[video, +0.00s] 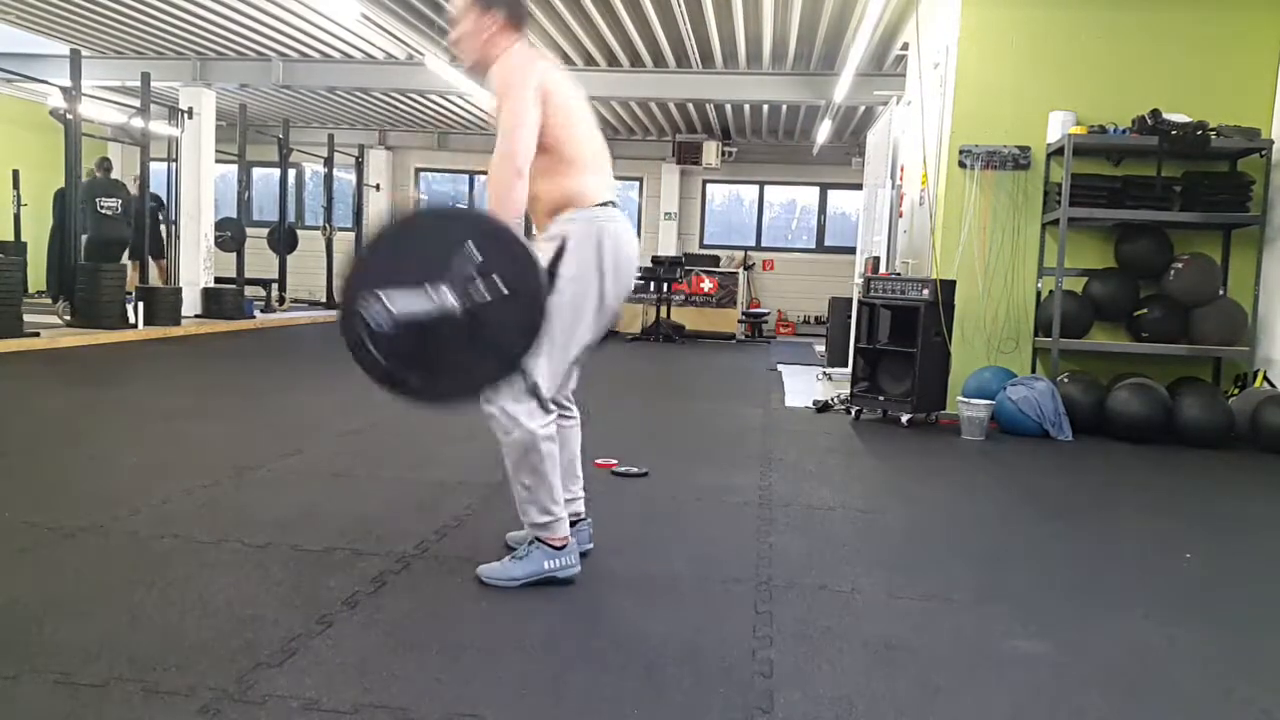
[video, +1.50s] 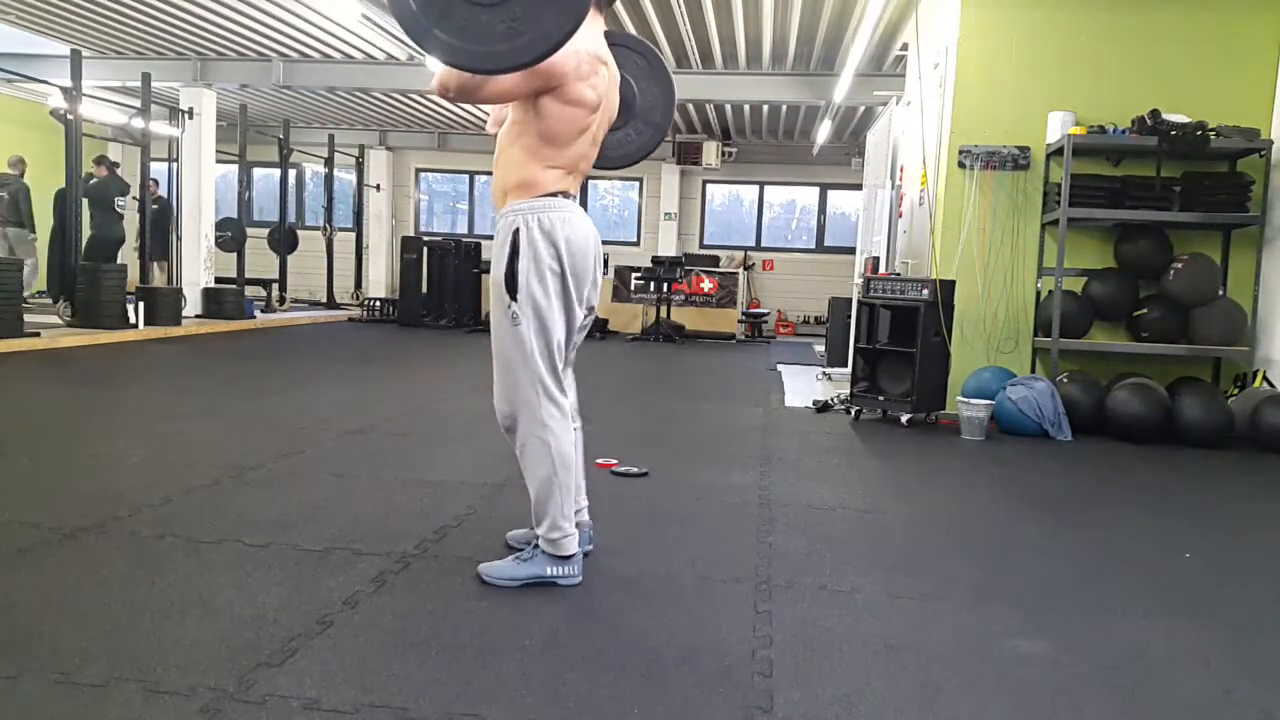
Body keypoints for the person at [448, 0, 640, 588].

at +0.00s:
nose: (450, 38)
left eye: (456, 23)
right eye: (450, 26)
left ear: (493, 22)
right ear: (500, 25)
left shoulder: (520, 67)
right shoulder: (539, 70)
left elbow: (512, 165)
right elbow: (532, 175)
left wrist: (491, 263)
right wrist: (511, 264)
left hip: (581, 236)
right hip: (597, 234)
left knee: (513, 391)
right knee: (553, 392)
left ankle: (552, 544)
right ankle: (568, 523)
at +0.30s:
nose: (510, 7)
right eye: (512, 1)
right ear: (564, 2)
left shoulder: (567, 41)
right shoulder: (599, 64)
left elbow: (575, 120)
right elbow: (610, 163)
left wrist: (498, 89)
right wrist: (545, 145)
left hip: (539, 233)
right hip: (572, 229)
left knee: (528, 395)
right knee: (562, 386)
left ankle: (556, 548)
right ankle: (573, 523)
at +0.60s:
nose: (528, 9)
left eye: (534, 2)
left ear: (551, 3)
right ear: (583, 11)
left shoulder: (543, 56)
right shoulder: (586, 70)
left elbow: (446, 113)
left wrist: (457, 31)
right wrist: (474, 40)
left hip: (521, 231)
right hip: (558, 227)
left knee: (525, 396)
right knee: (556, 385)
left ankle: (556, 549)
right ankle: (573, 523)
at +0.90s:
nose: (532, 10)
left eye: (536, 4)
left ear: (555, 4)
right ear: (592, 10)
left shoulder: (546, 55)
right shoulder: (596, 75)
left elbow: (439, 98)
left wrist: (467, 28)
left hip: (516, 231)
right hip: (556, 226)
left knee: (520, 397)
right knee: (551, 385)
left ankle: (555, 548)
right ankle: (573, 523)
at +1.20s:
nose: (538, 15)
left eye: (543, 7)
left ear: (564, 5)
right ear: (597, 10)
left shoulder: (554, 53)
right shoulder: (604, 76)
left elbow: (443, 82)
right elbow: (557, 140)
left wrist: (479, 19)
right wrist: (503, 119)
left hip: (526, 231)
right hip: (565, 226)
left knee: (531, 396)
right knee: (562, 384)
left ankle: (557, 549)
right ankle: (575, 524)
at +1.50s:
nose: (540, 15)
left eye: (547, 7)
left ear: (571, 5)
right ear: (603, 11)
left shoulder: (562, 51)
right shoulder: (608, 75)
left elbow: (449, 84)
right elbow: (559, 144)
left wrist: (485, 25)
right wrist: (508, 121)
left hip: (533, 230)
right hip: (569, 226)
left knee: (532, 398)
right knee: (549, 389)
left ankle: (559, 550)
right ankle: (569, 522)